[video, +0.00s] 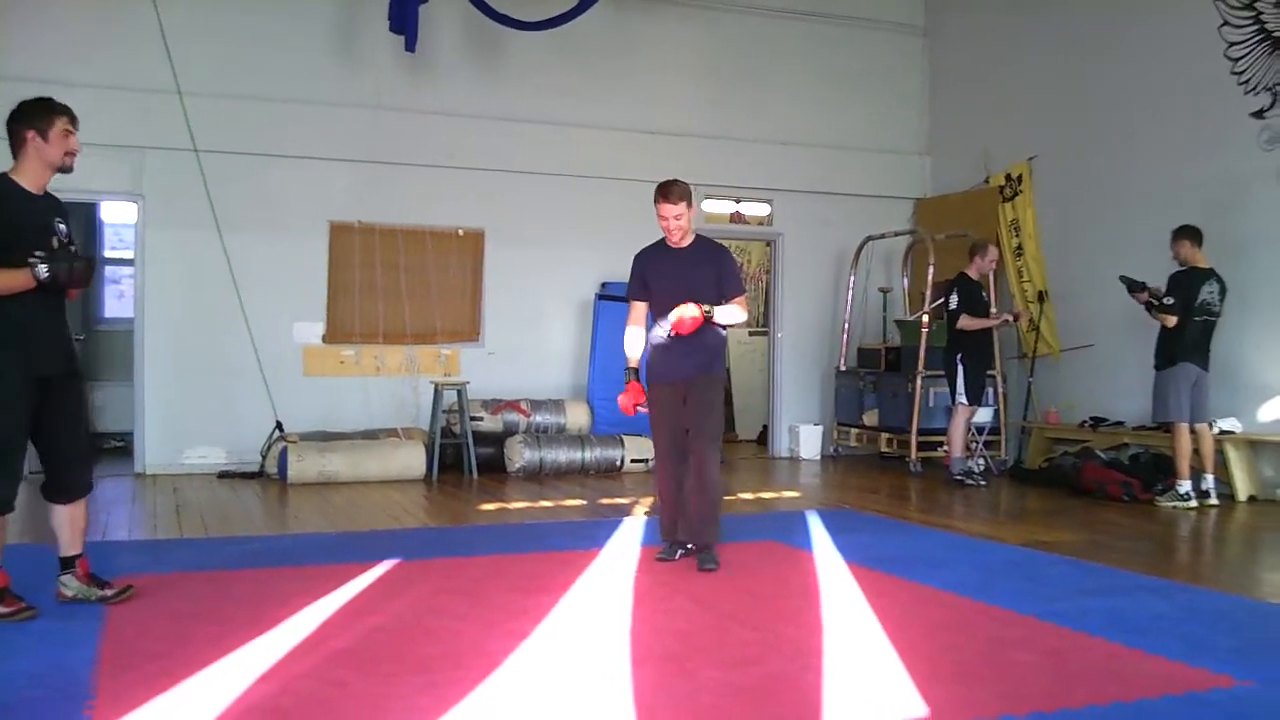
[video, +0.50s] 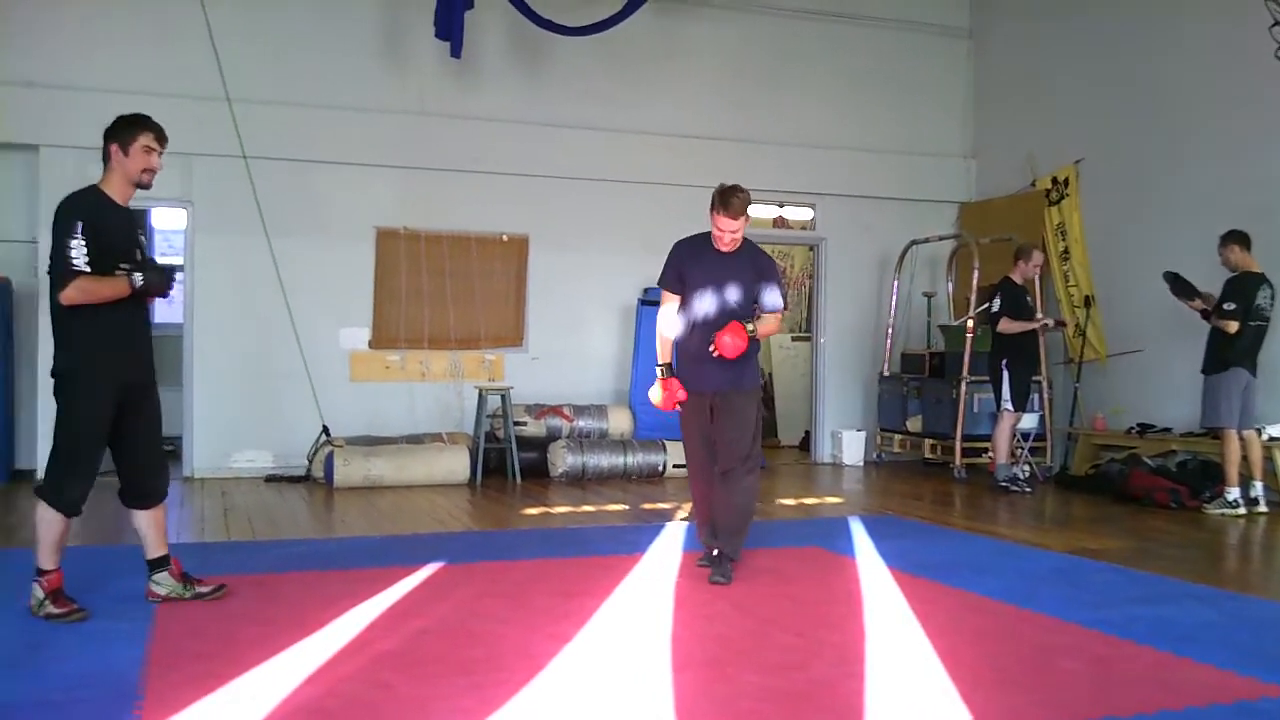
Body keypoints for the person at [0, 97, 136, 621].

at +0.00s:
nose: (76, 144)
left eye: (75, 134)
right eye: (67, 134)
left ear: (42, 141)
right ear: (32, 139)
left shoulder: (56, 209)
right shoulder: (2, 199)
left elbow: (70, 286)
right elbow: (0, 280)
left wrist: (76, 269)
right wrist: (41, 272)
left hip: (54, 360)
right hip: (9, 363)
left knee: (70, 462)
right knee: (6, 475)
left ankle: (74, 573)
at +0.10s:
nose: (80, 141)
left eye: (79, 132)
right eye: (71, 132)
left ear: (48, 140)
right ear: (37, 138)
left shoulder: (61, 209)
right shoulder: (5, 197)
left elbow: (73, 288)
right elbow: (2, 279)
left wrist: (82, 266)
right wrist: (51, 271)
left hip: (59, 360)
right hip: (11, 363)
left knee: (77, 461)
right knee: (8, 475)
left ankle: (82, 571)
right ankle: (1, 579)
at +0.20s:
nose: (98, 146)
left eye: (97, 137)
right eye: (90, 136)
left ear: (64, 143)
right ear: (56, 140)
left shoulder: (73, 212)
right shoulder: (12, 199)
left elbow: (84, 281)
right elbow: (7, 281)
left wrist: (94, 269)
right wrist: (71, 273)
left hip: (72, 362)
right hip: (20, 366)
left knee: (96, 461)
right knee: (18, 473)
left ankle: (100, 569)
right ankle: (8, 581)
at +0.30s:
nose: (105, 152)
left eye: (106, 143)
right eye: (98, 141)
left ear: (74, 145)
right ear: (64, 141)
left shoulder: (75, 212)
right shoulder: (18, 199)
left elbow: (79, 276)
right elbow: (9, 283)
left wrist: (97, 271)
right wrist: (78, 274)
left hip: (76, 364)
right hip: (25, 368)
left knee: (102, 462)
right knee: (21, 474)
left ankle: (116, 568)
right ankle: (8, 582)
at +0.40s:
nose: (123, 156)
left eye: (125, 148)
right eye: (116, 146)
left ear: (99, 150)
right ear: (83, 144)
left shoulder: (96, 215)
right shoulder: (43, 202)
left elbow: (88, 278)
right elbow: (36, 287)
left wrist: (117, 274)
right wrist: (104, 278)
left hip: (101, 364)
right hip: (53, 367)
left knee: (124, 466)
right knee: (45, 472)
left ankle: (147, 573)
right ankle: (31, 588)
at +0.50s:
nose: (156, 162)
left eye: (159, 154)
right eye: (148, 151)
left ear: (148, 159)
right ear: (116, 151)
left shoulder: (134, 220)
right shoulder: (78, 208)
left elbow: (130, 287)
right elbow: (68, 291)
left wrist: (151, 283)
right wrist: (137, 282)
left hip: (134, 370)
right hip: (85, 371)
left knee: (146, 472)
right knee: (67, 476)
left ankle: (163, 575)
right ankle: (46, 588)